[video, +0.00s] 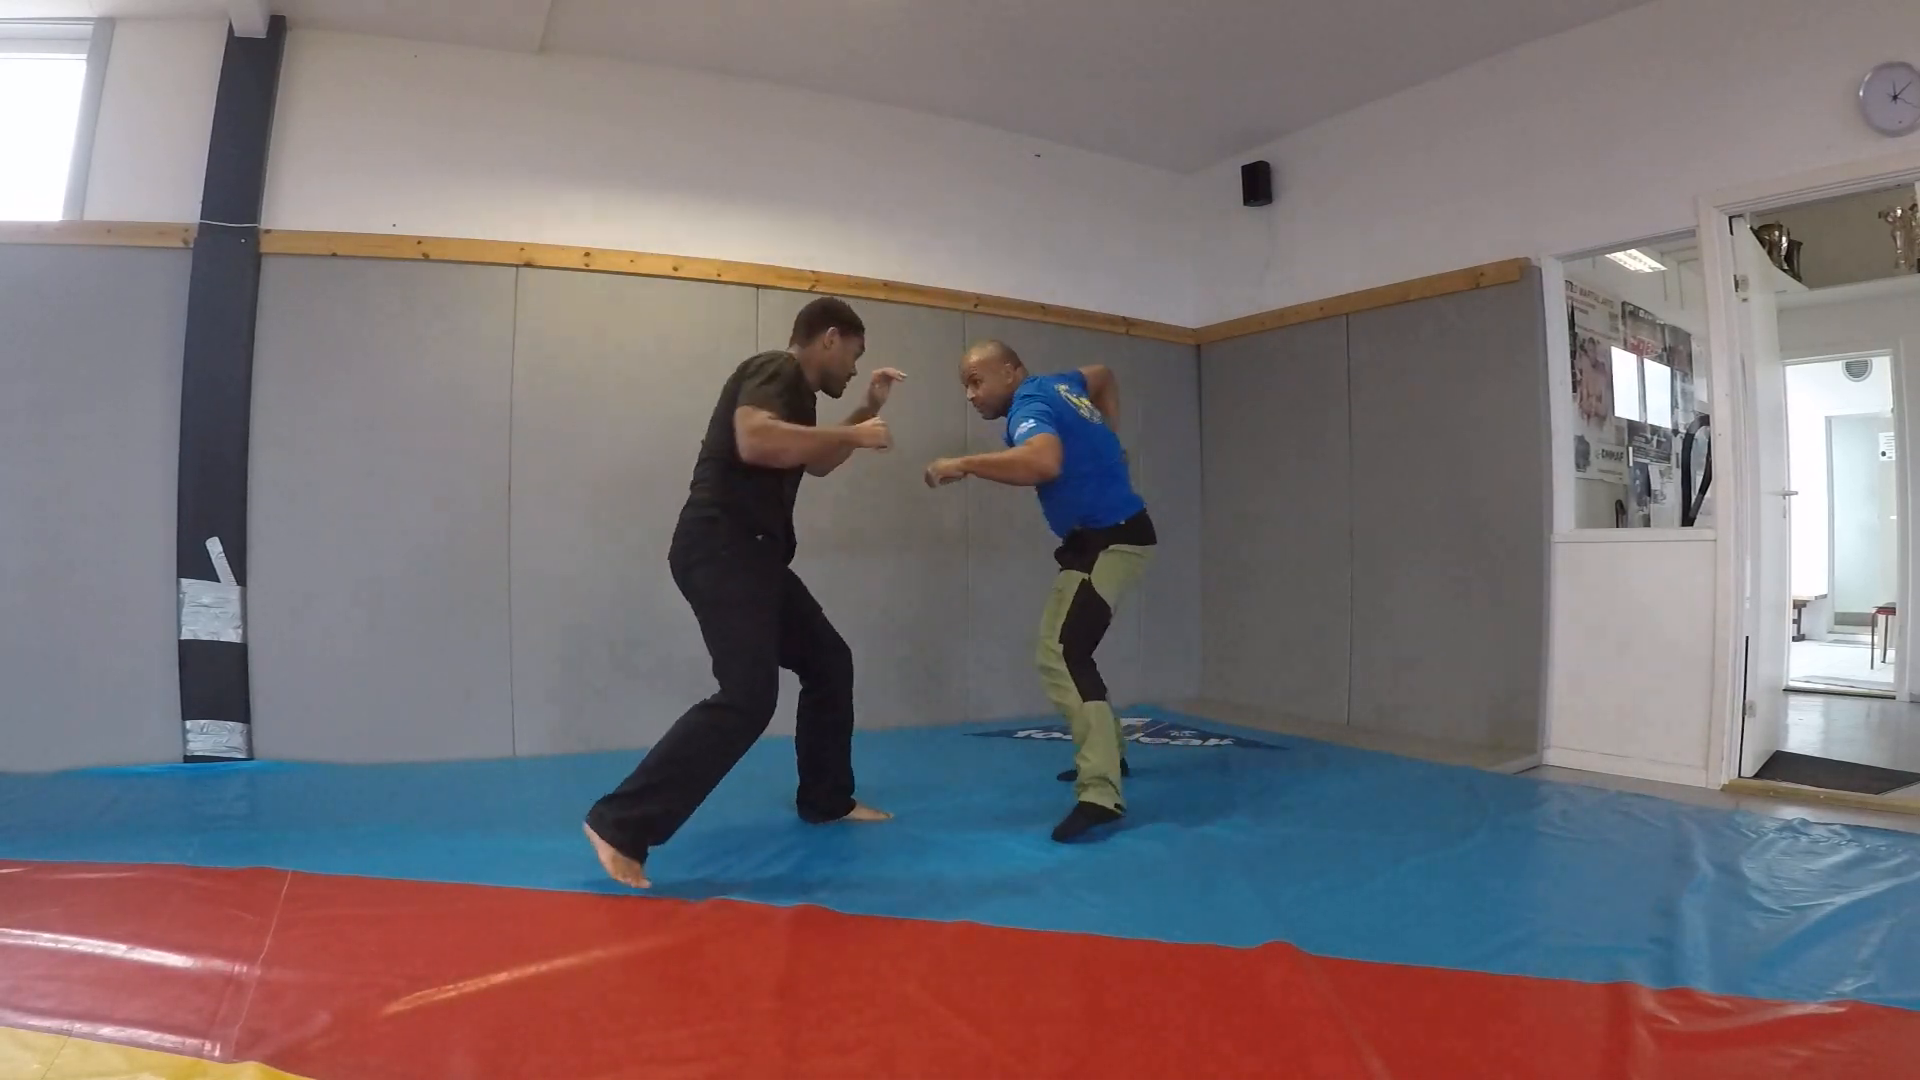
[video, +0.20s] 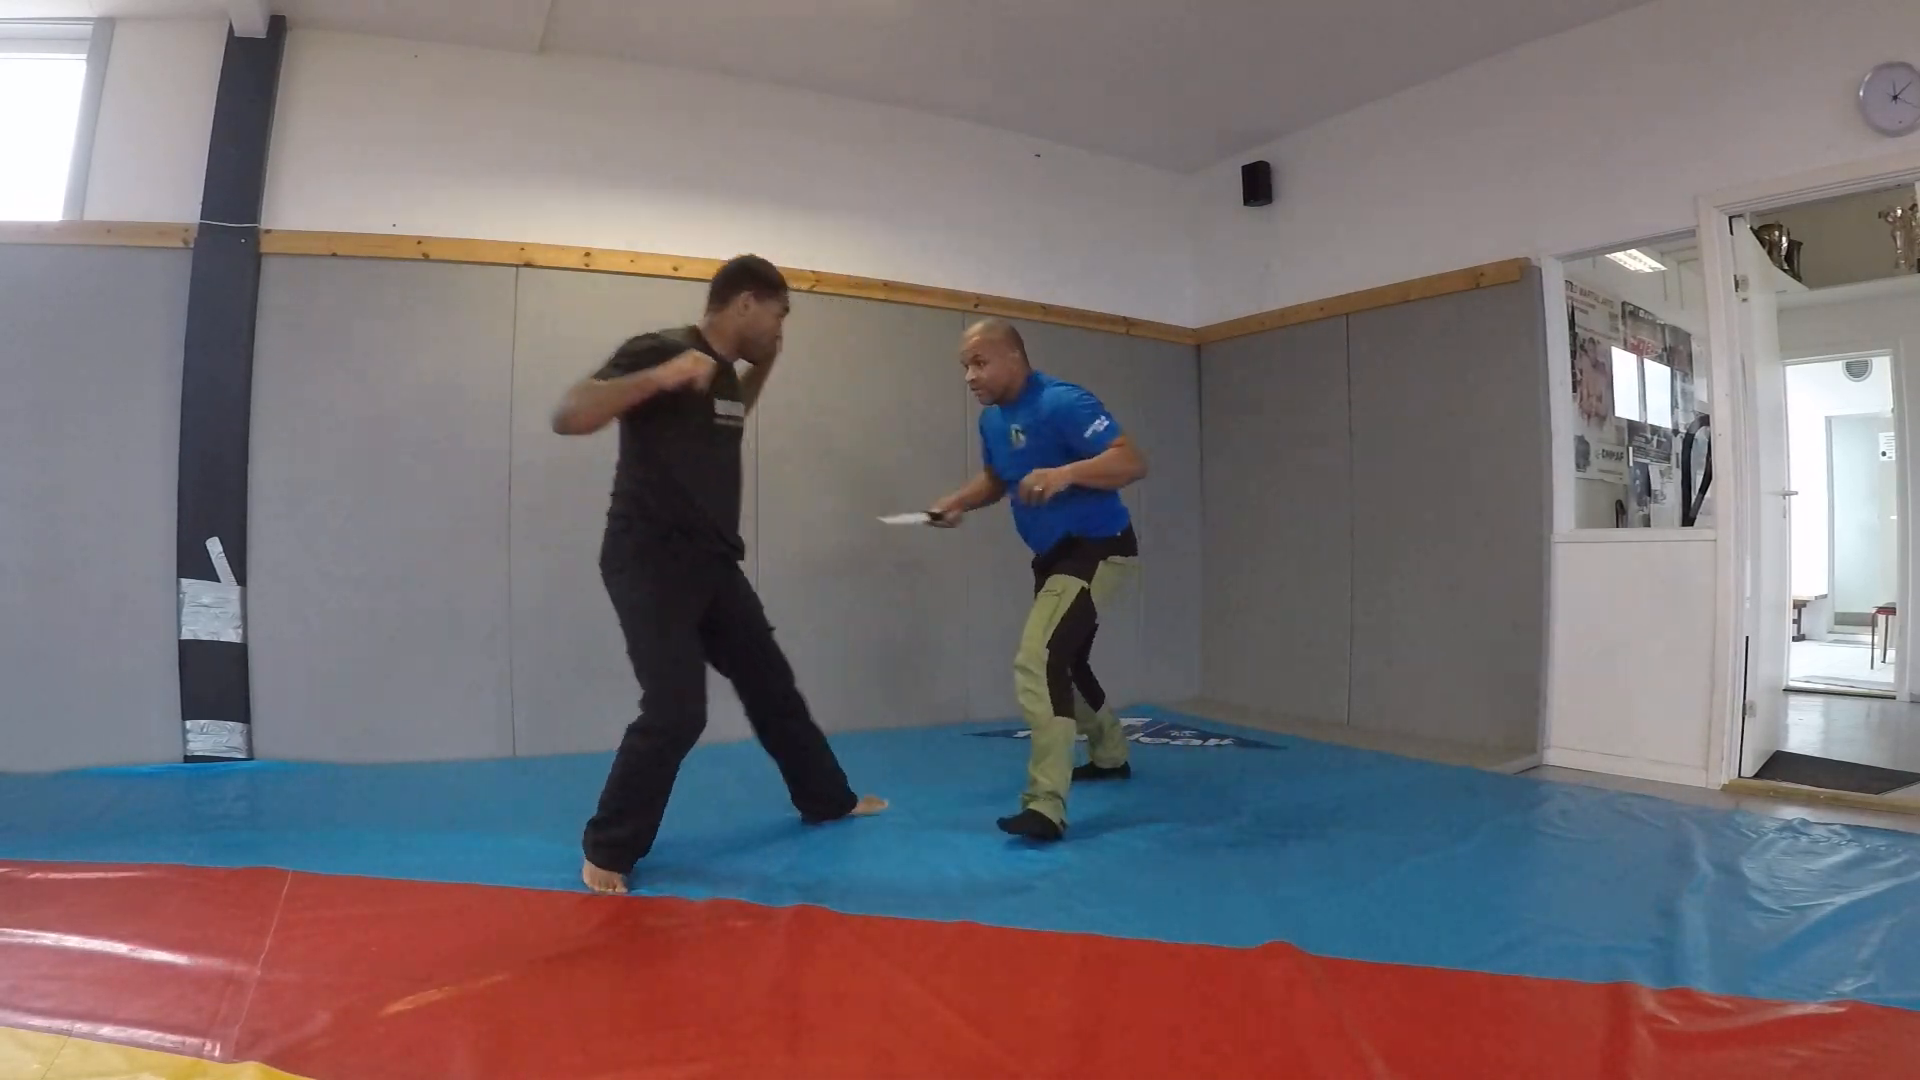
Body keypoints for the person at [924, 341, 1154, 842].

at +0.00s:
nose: (970, 393)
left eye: (976, 381)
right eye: (966, 384)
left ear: (1012, 372)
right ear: (1014, 372)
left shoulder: (1030, 403)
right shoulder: (1051, 384)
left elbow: (1042, 462)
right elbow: (1100, 375)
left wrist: (964, 464)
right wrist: (1108, 437)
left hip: (1109, 537)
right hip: (1107, 534)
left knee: (1062, 654)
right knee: (1062, 650)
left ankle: (1101, 793)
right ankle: (1105, 753)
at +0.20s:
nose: (970, 376)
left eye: (979, 363)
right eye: (966, 367)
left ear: (1014, 358)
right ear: (974, 370)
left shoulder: (1064, 402)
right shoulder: (993, 419)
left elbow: (1130, 463)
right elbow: (999, 477)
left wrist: (1065, 473)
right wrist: (960, 502)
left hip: (1098, 549)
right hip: (1053, 554)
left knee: (1039, 661)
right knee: (1065, 661)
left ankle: (1046, 805)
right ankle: (1109, 755)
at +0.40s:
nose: (955, 371)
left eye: (967, 358)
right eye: (951, 360)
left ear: (1007, 358)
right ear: (949, 363)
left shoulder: (1054, 404)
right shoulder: (939, 414)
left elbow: (1135, 441)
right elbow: (840, 440)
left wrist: (1132, 465)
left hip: (1072, 554)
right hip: (1015, 569)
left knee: (1019, 670)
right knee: (1044, 676)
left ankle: (1044, 819)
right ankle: (1102, 736)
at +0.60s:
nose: (911, 352)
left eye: (922, 339)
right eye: (906, 340)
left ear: (966, 338)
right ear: (903, 342)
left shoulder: (1023, 399)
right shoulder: (892, 397)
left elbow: (1078, 487)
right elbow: (832, 450)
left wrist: (1043, 499)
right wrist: (766, 479)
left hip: (1018, 558)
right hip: (950, 564)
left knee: (991, 695)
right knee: (927, 697)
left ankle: (1045, 817)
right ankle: (992, 732)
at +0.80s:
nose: (818, 339)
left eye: (829, 323)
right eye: (813, 326)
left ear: (877, 320)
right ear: (815, 328)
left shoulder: (935, 387)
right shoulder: (822, 383)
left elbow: (920, 487)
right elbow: (807, 442)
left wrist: (838, 411)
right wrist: (762, 458)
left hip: (929, 566)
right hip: (852, 560)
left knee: (950, 719)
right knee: (774, 666)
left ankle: (1038, 813)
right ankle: (748, 815)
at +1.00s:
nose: (648, 322)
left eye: (659, 307)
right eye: (645, 308)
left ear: (710, 302)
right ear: (663, 311)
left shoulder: (780, 368)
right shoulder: (652, 372)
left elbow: (801, 476)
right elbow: (543, 389)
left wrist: (709, 410)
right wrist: (449, 376)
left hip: (803, 573)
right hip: (714, 570)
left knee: (861, 728)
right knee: (640, 694)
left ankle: (995, 789)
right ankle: (638, 858)